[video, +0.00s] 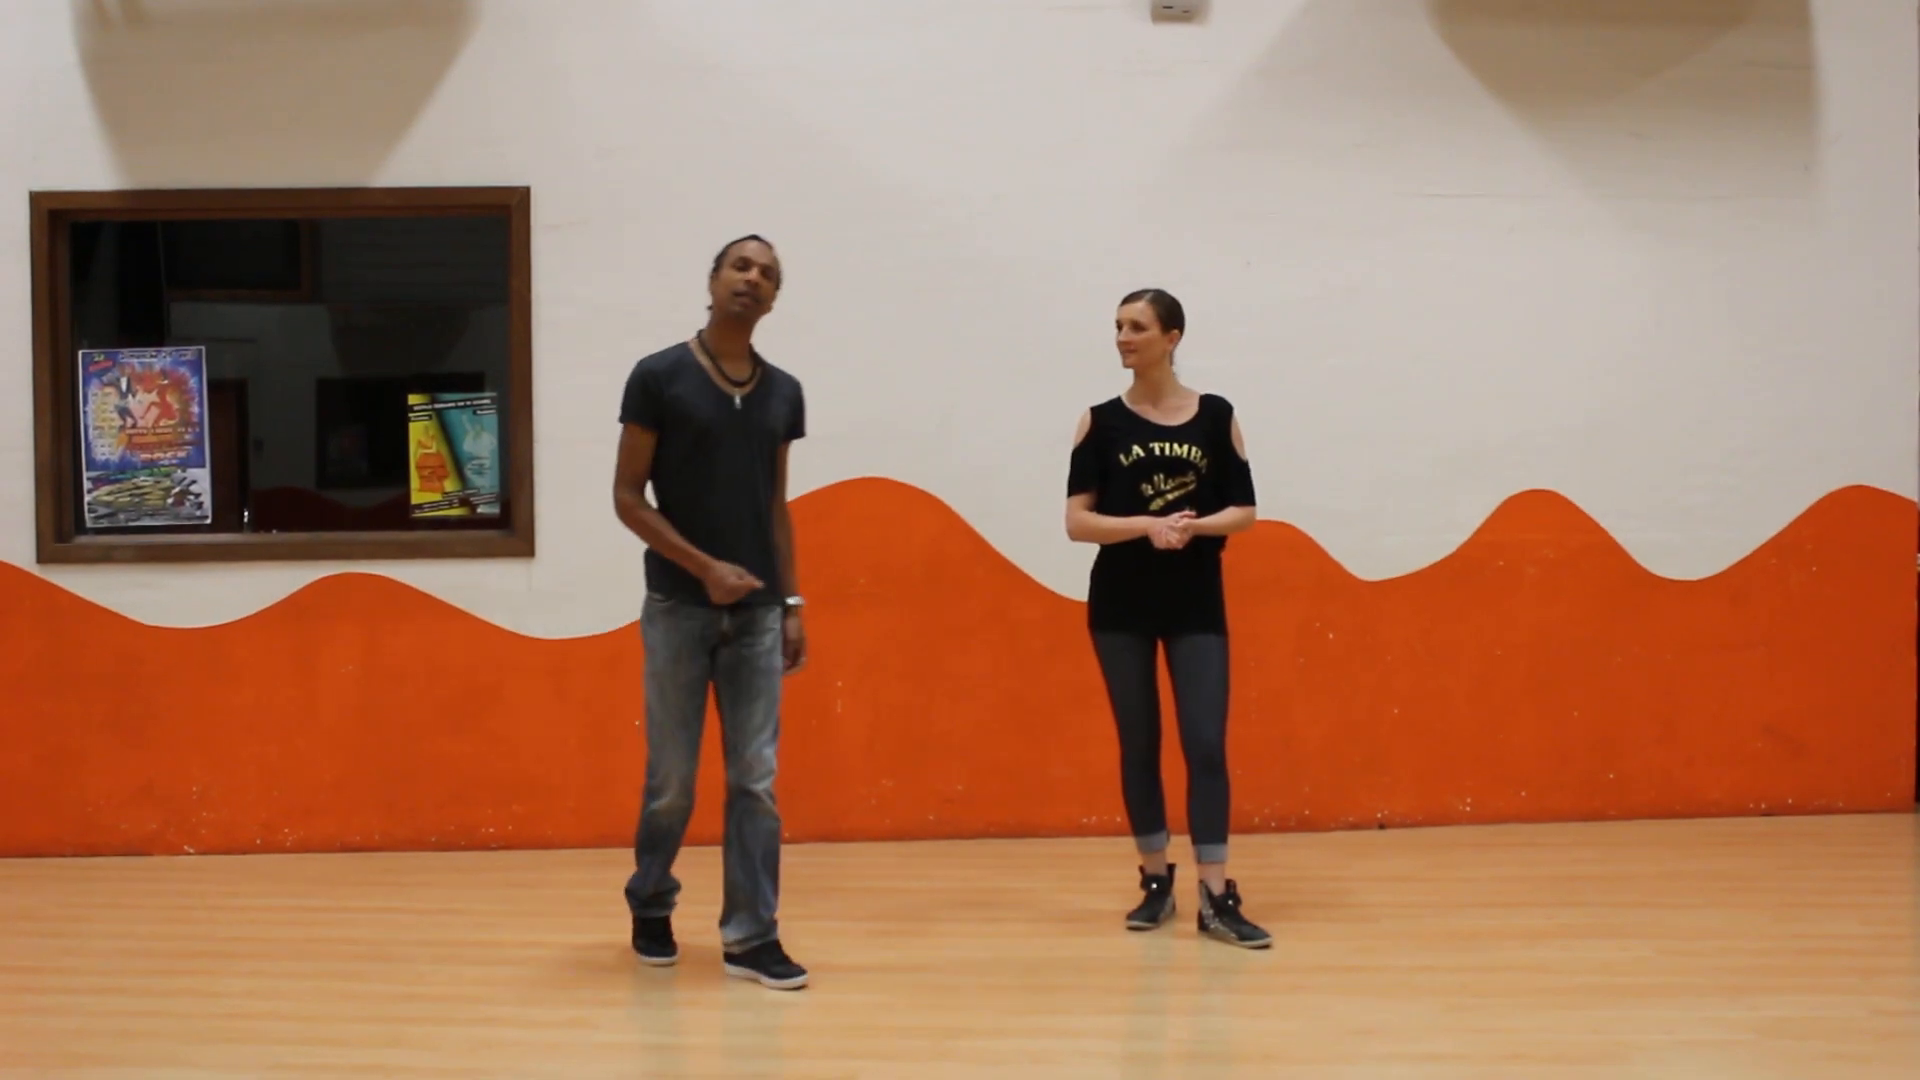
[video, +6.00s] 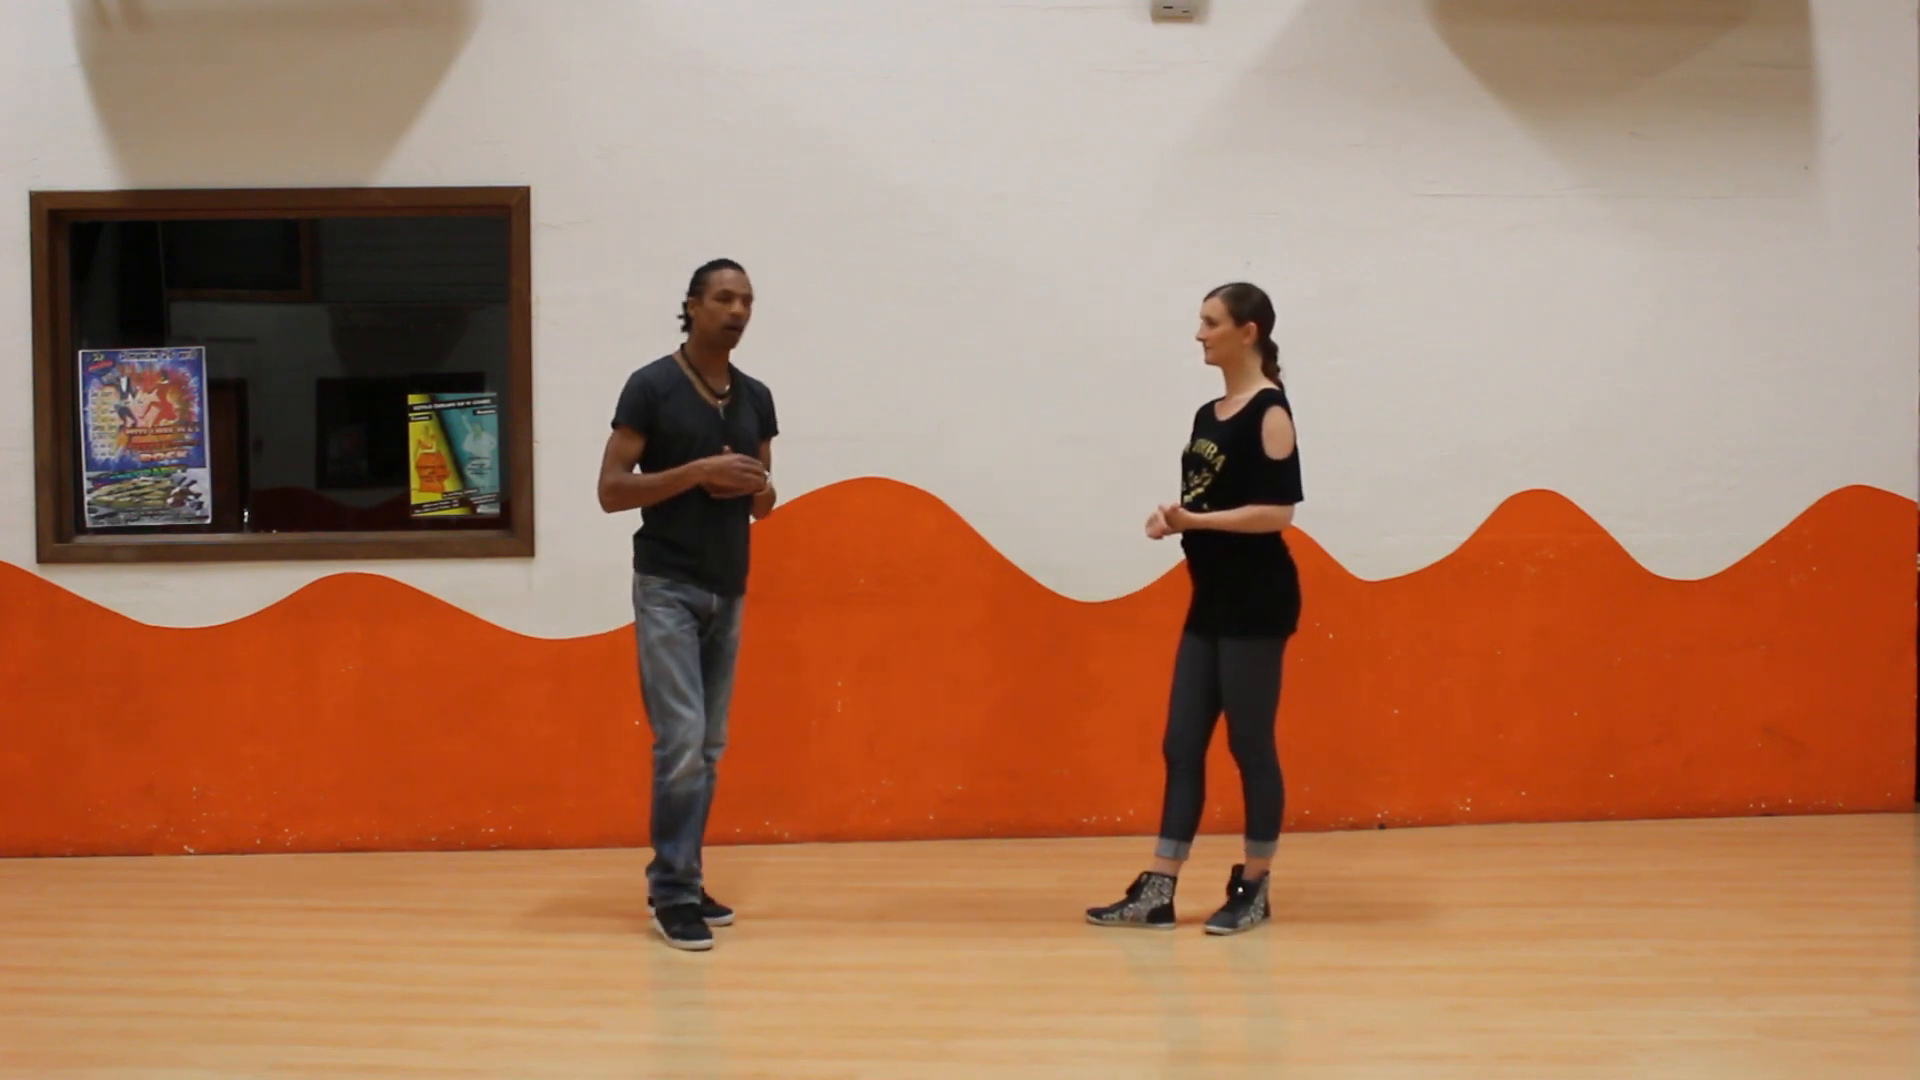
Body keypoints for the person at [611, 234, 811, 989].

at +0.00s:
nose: (753, 279)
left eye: (767, 274)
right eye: (741, 265)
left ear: (774, 300)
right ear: (712, 280)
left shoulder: (781, 391)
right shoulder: (658, 377)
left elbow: (777, 506)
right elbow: (627, 500)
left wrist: (792, 604)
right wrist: (706, 567)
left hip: (756, 605)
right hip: (678, 604)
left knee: (755, 777)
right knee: (673, 778)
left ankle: (751, 937)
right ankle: (651, 905)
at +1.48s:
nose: (687, 292)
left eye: (700, 286)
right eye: (674, 278)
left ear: (706, 309)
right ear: (642, 295)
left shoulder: (713, 394)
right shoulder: (595, 391)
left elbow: (710, 500)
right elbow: (563, 510)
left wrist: (717, 514)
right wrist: (668, 510)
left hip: (686, 603)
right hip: (612, 604)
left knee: (715, 765)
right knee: (617, 770)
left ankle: (743, 929)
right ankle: (621, 921)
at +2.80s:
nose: (733, 315)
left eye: (740, 306)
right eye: (721, 300)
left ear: (737, 320)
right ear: (682, 303)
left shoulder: (715, 396)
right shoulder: (642, 386)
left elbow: (688, 497)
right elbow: (613, 497)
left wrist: (729, 497)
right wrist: (709, 484)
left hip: (689, 586)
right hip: (639, 583)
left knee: (670, 739)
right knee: (664, 737)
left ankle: (645, 887)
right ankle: (636, 897)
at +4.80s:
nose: (716, 299)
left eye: (725, 289)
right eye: (703, 288)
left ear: (733, 304)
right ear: (672, 301)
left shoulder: (746, 385)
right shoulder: (643, 390)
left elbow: (763, 475)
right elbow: (624, 505)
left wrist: (765, 483)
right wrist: (716, 482)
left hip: (735, 592)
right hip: (675, 592)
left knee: (723, 752)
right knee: (688, 751)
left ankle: (680, 877)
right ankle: (689, 903)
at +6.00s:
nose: (738, 310)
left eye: (745, 301)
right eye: (725, 298)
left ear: (750, 315)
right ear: (690, 306)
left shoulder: (754, 399)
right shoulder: (650, 387)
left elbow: (763, 499)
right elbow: (611, 491)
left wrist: (756, 487)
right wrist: (700, 472)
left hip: (725, 589)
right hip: (666, 586)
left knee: (709, 742)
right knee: (682, 739)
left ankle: (683, 882)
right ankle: (673, 894)